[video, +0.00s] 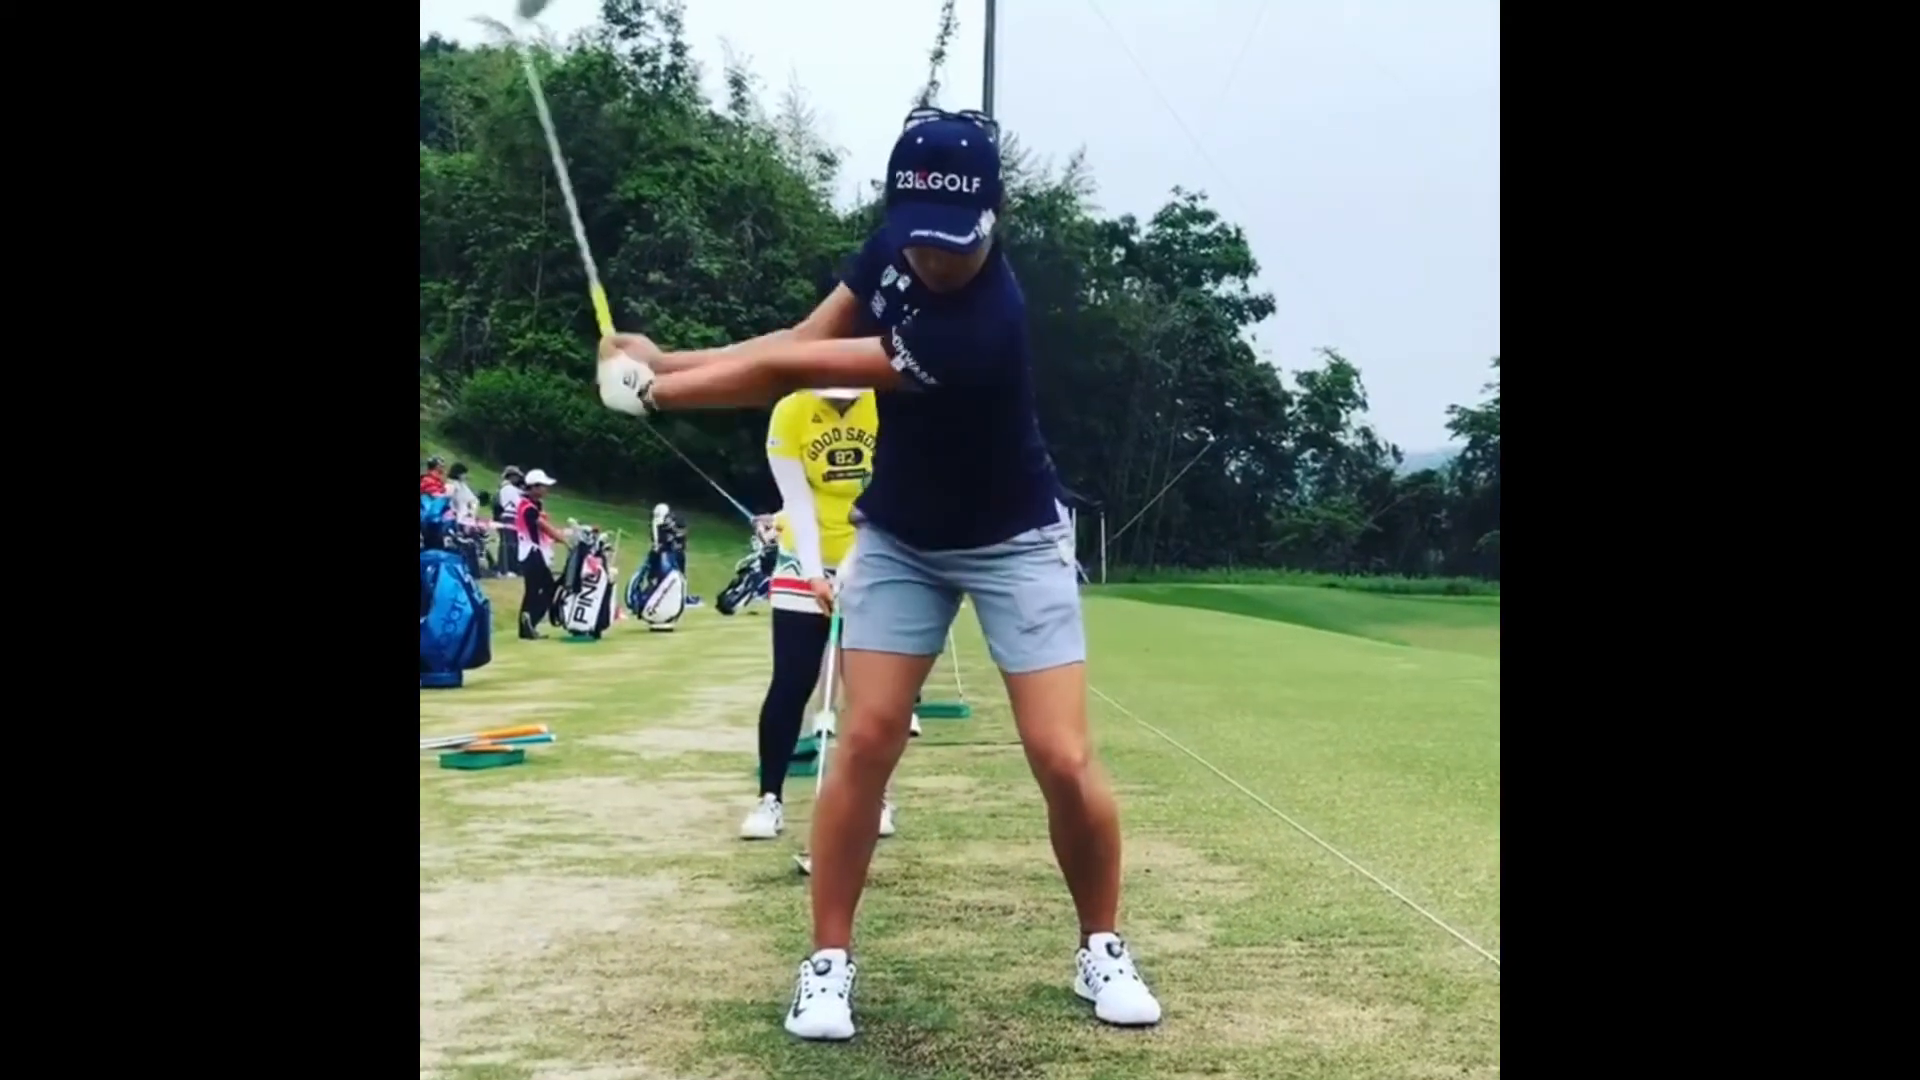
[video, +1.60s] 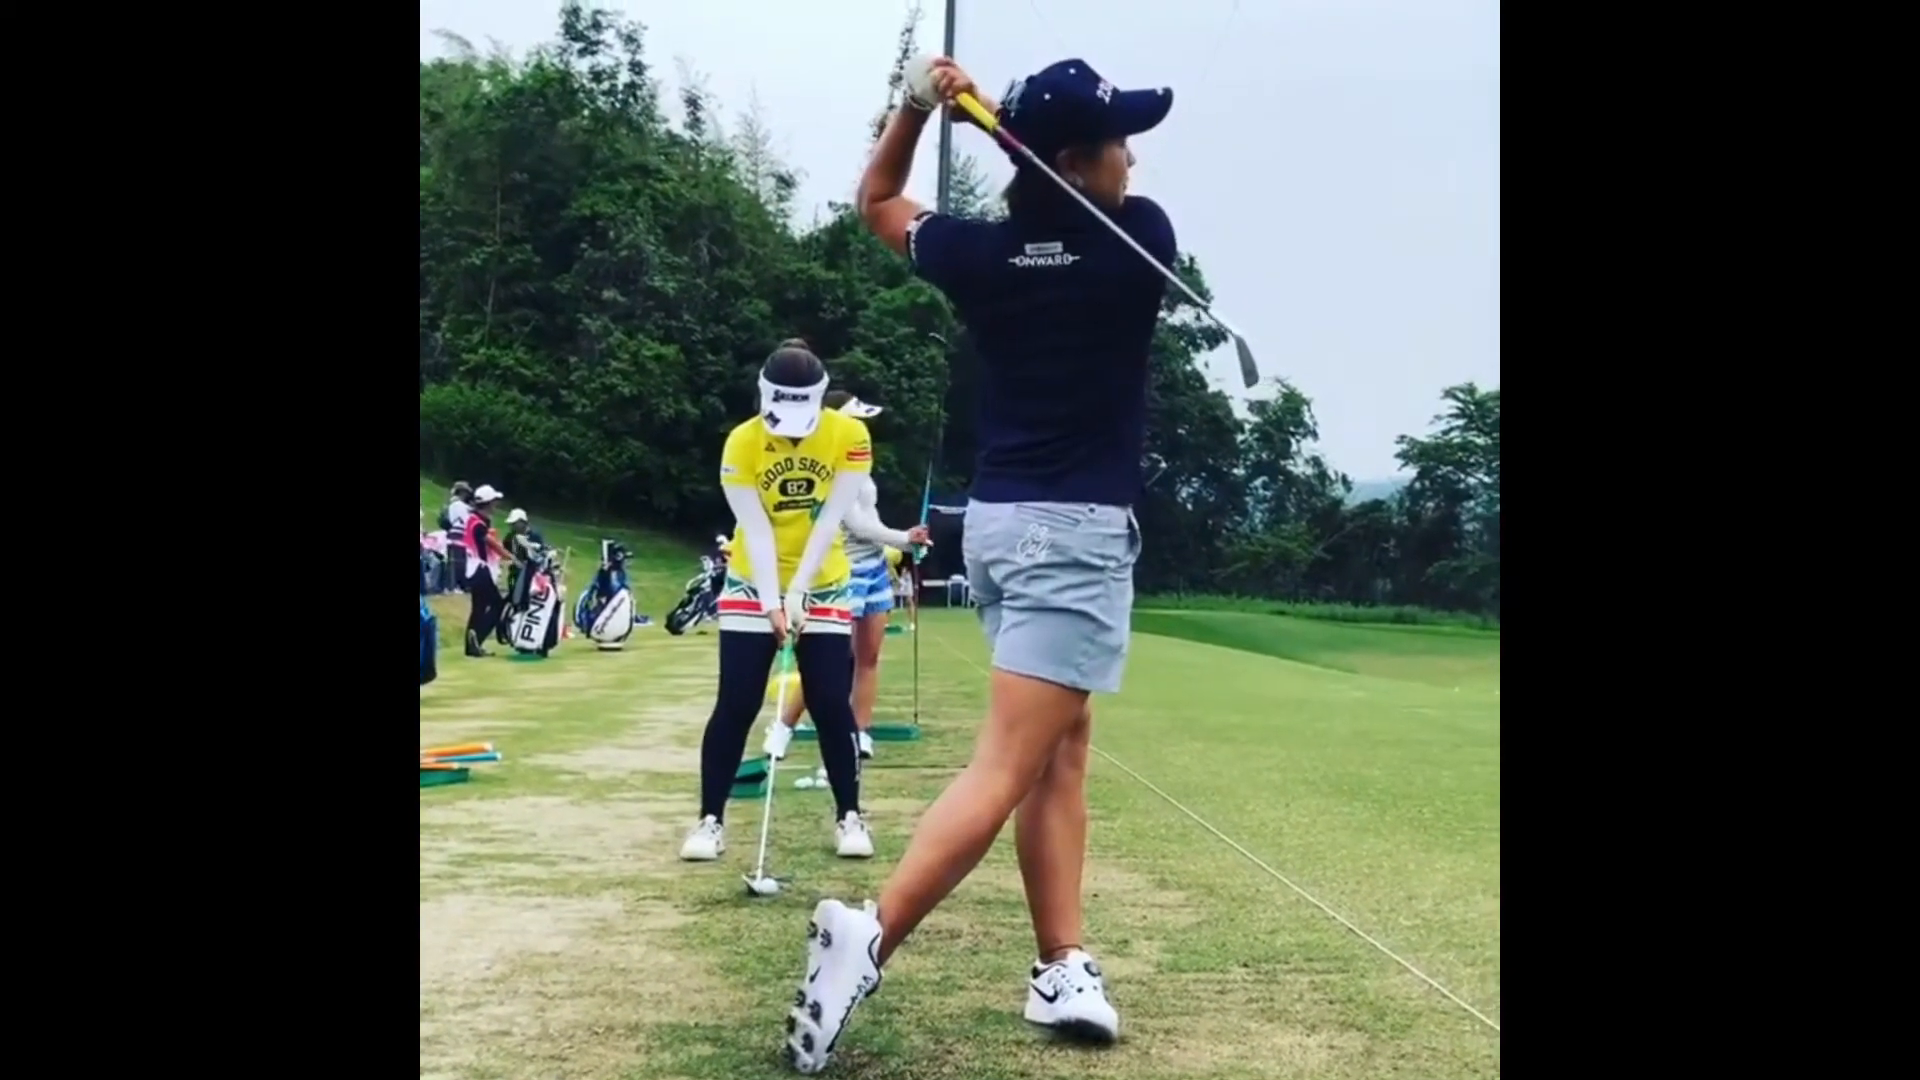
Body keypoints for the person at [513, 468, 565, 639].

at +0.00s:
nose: (546, 490)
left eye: (546, 487)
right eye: (542, 486)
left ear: (535, 489)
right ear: (533, 488)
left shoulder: (529, 505)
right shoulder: (529, 509)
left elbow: (545, 526)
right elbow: (546, 529)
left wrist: (562, 535)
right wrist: (564, 539)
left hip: (530, 550)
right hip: (532, 552)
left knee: (532, 589)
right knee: (549, 586)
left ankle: (525, 627)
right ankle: (531, 618)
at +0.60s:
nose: (527, 497)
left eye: (527, 493)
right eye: (524, 493)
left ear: (514, 496)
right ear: (514, 495)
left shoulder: (511, 513)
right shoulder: (510, 516)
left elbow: (525, 535)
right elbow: (526, 536)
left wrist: (541, 543)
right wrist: (545, 546)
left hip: (512, 557)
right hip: (512, 559)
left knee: (511, 596)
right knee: (529, 594)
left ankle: (505, 634)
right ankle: (511, 626)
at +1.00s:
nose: (508, 500)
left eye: (508, 497)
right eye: (506, 497)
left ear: (493, 498)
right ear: (498, 498)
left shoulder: (486, 515)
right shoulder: (492, 520)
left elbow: (504, 538)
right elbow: (508, 541)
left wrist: (522, 546)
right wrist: (526, 551)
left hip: (487, 559)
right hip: (493, 562)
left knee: (491, 599)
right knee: (509, 597)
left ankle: (485, 638)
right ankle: (491, 629)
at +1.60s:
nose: (495, 506)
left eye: (495, 503)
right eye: (493, 503)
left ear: (479, 503)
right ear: (486, 504)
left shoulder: (473, 521)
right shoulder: (479, 525)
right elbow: (495, 546)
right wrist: (513, 558)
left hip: (473, 564)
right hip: (479, 567)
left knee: (479, 605)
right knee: (497, 602)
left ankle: (472, 645)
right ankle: (478, 636)